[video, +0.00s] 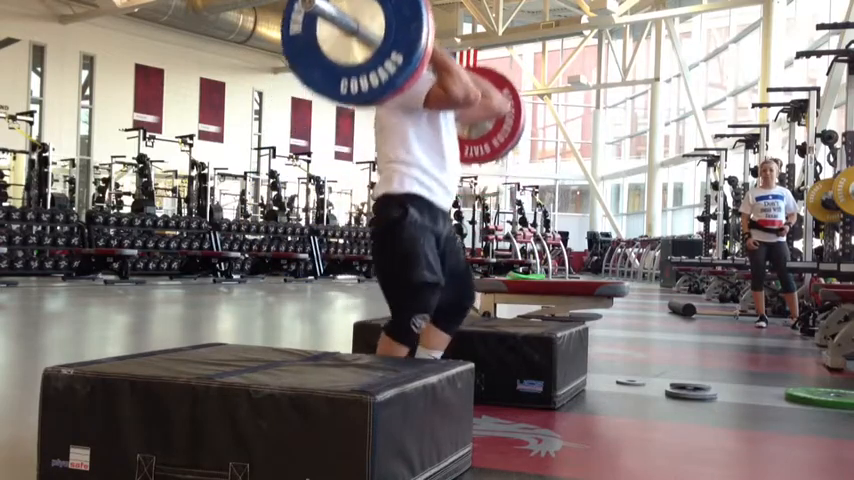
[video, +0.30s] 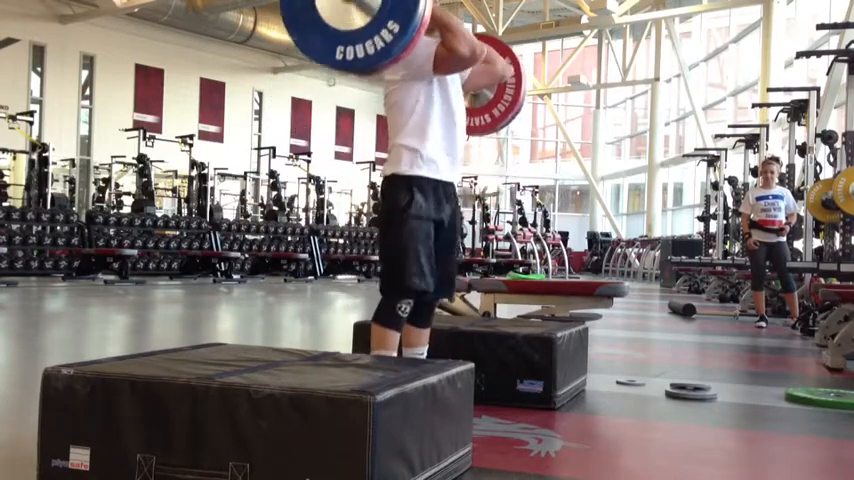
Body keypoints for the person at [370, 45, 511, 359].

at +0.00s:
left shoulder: (438, 92)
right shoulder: (398, 76)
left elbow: (498, 103)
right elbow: (460, 92)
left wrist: (454, 69)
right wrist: (430, 48)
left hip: (438, 214)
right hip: (403, 207)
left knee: (457, 297)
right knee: (415, 303)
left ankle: (418, 383)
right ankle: (378, 393)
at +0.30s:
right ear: (417, 16)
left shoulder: (444, 64)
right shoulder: (401, 49)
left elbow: (500, 68)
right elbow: (464, 50)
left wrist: (457, 31)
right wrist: (434, 13)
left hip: (443, 188)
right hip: (409, 184)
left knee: (427, 296)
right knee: (402, 292)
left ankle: (413, 384)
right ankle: (381, 386)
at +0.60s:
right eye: (415, 7)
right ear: (407, 11)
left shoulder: (437, 54)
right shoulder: (393, 45)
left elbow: (494, 80)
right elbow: (456, 57)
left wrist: (454, 30)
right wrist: (430, 9)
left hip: (426, 187)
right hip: (394, 185)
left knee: (414, 299)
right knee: (387, 298)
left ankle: (411, 387)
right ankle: (379, 390)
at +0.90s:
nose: (415, 15)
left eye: (417, 9)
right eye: (408, 6)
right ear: (381, 7)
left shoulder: (399, 65)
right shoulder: (362, 52)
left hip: (396, 196)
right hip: (361, 194)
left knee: (403, 292)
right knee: (367, 299)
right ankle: (373, 386)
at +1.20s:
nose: (360, 26)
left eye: (366, 20)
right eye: (353, 17)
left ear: (370, 26)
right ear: (330, 15)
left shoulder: (356, 78)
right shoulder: (304, 59)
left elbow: (360, 145)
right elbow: (283, 125)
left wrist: (376, 196)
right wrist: (280, 189)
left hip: (350, 196)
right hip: (311, 193)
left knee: (339, 290)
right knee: (326, 291)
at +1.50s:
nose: (281, 19)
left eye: (288, 11)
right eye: (272, 11)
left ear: (298, 18)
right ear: (258, 17)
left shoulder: (314, 74)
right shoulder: (242, 64)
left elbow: (341, 129)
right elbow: (224, 125)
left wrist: (383, 118)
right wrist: (268, 120)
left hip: (305, 196)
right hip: (251, 196)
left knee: (306, 289)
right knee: (230, 294)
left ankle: (313, 373)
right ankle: (227, 371)